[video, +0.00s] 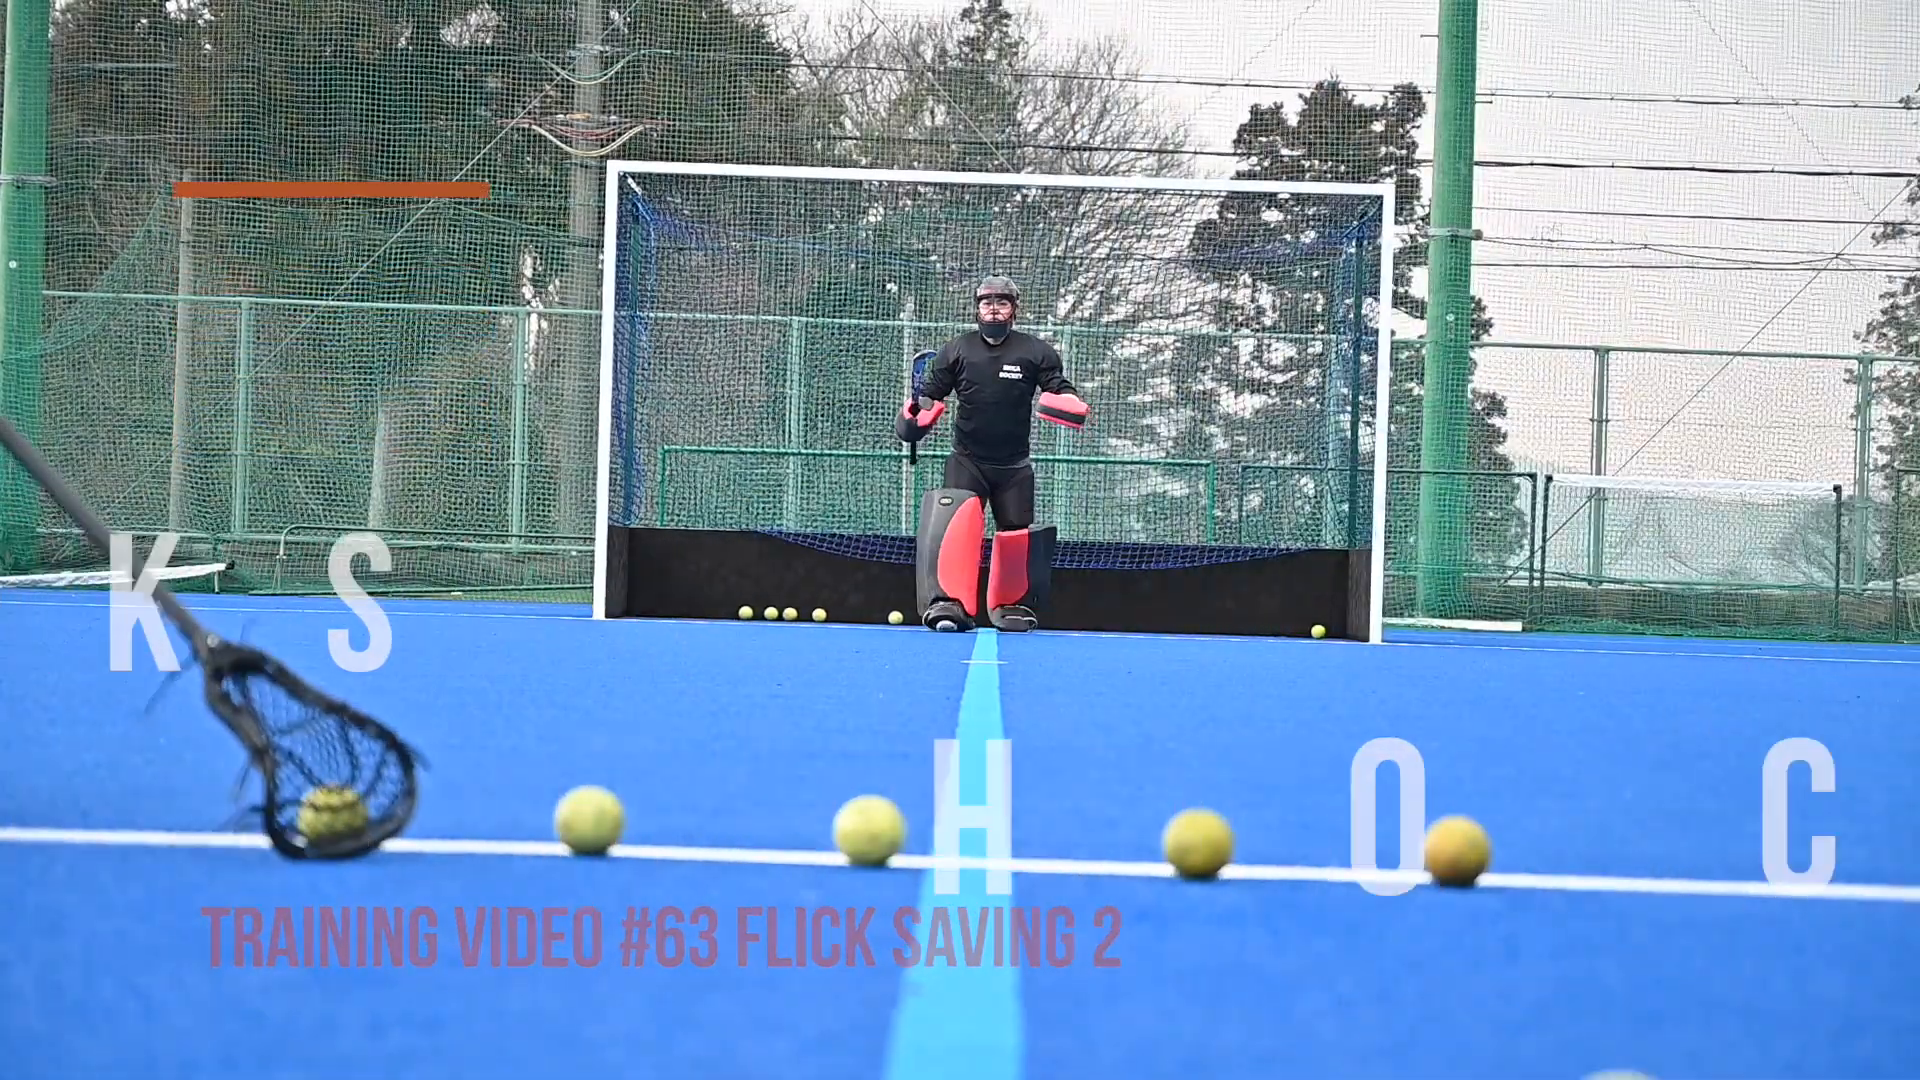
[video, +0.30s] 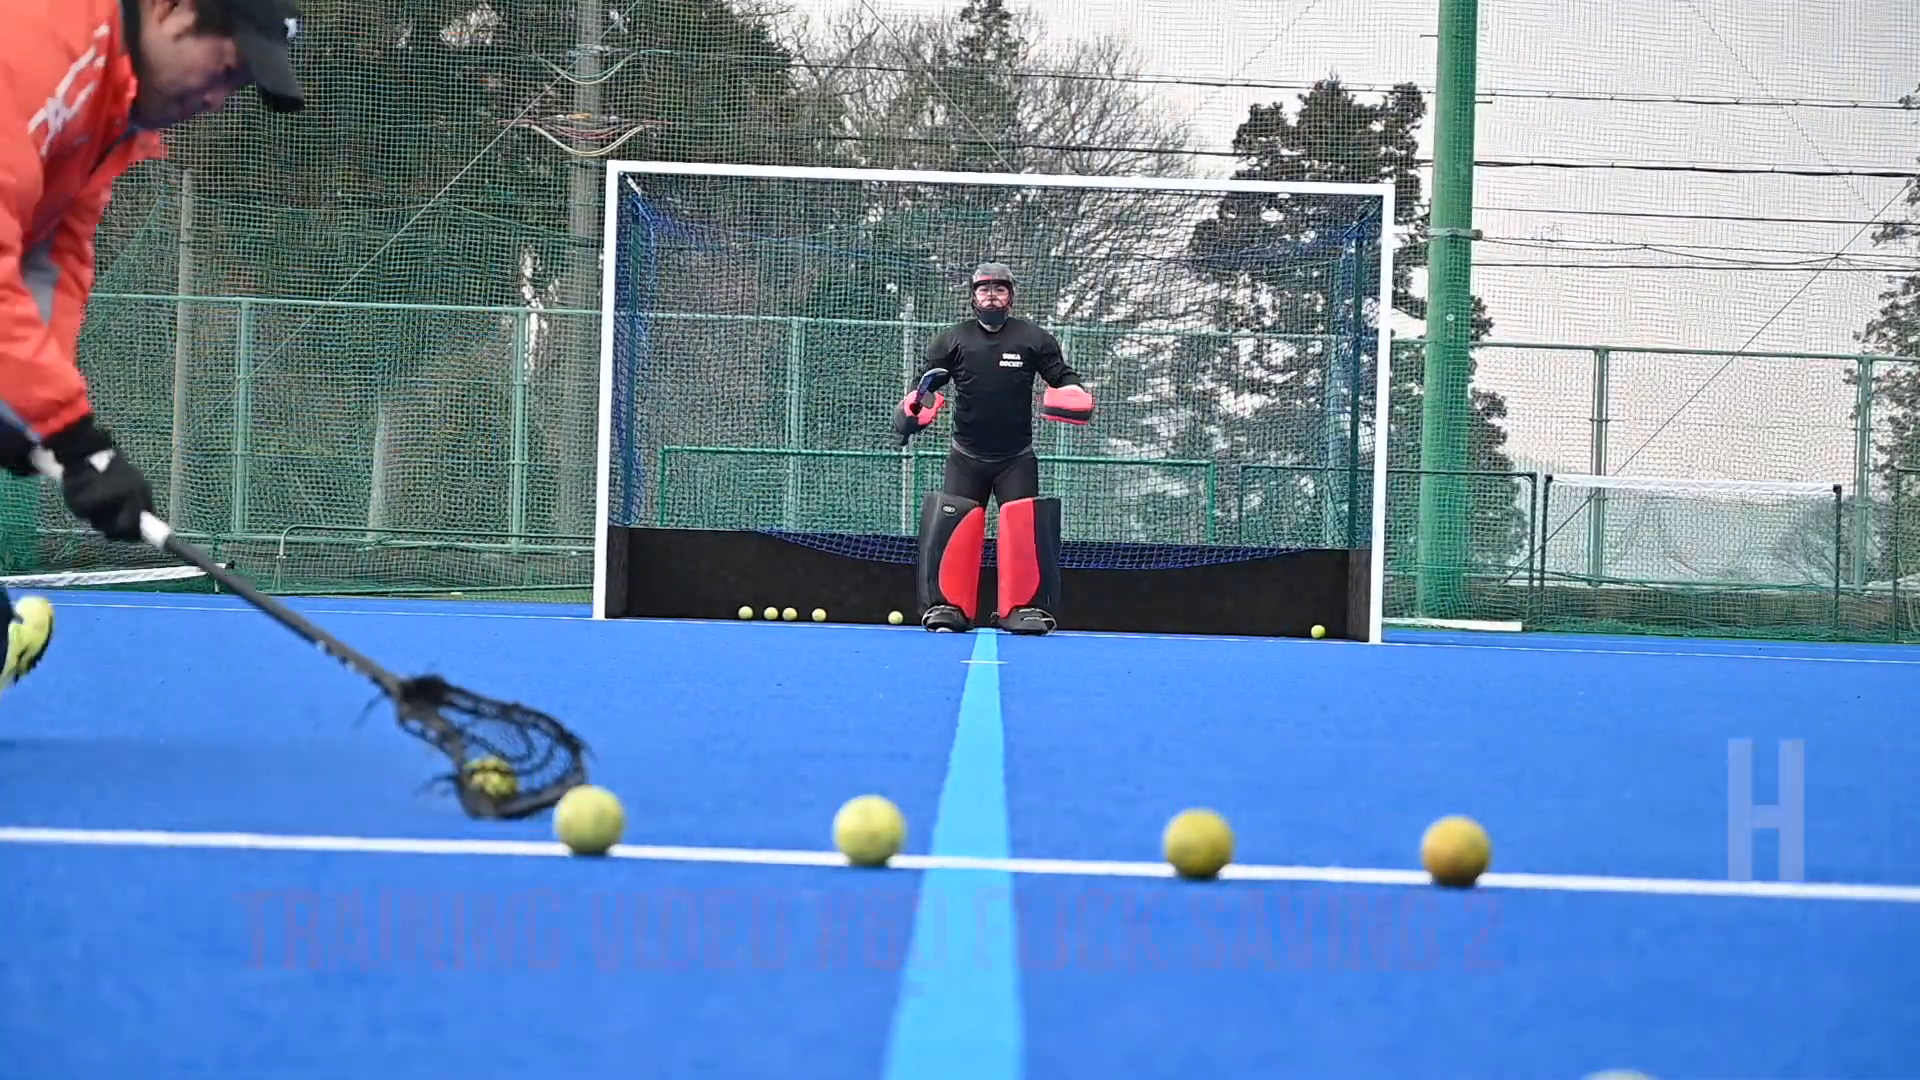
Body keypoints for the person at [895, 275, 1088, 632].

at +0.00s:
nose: (992, 309)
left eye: (1001, 302)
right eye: (986, 302)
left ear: (1014, 309)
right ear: (977, 308)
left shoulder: (1036, 351)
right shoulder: (956, 350)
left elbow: (1060, 388)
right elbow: (929, 396)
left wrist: (1070, 403)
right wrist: (915, 415)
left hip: (1014, 464)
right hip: (966, 460)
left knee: (1016, 538)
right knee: (955, 530)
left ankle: (1011, 608)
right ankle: (949, 607)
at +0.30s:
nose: (991, 295)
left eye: (999, 288)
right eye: (984, 288)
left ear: (1011, 295)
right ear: (973, 295)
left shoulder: (1033, 338)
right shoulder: (951, 340)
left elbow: (1064, 377)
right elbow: (924, 386)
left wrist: (1073, 396)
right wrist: (917, 407)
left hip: (1016, 456)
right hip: (965, 455)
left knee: (1022, 531)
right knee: (953, 531)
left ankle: (1023, 610)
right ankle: (949, 608)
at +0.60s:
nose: (990, 314)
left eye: (998, 307)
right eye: (982, 307)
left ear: (1011, 313)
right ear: (971, 314)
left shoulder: (1036, 351)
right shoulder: (957, 357)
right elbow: (935, 399)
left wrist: (1056, 399)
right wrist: (911, 423)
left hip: (1028, 464)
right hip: (974, 463)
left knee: (1063, 526)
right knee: (939, 511)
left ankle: (1098, 612)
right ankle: (909, 596)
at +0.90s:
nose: (867, 348)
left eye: (878, 343)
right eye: (863, 343)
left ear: (898, 345)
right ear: (857, 348)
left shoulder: (915, 373)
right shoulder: (843, 385)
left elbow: (952, 379)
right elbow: (785, 386)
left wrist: (905, 357)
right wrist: (733, 369)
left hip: (954, 470)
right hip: (907, 493)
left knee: (1005, 524)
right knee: (862, 522)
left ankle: (1087, 588)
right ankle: (922, 607)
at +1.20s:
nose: (736, 312)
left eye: (740, 305)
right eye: (737, 306)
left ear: (755, 304)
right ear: (759, 304)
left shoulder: (776, 320)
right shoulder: (753, 342)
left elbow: (807, 349)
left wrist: (780, 378)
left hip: (809, 432)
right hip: (782, 439)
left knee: (780, 496)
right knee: (762, 502)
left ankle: (788, 582)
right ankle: (772, 585)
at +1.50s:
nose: (668, 307)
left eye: (666, 303)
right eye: (669, 302)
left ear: (653, 312)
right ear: (688, 311)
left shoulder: (649, 343)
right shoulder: (716, 349)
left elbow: (631, 394)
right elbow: (739, 408)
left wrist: (588, 434)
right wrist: (757, 465)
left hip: (668, 451)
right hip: (715, 459)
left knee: (616, 520)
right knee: (694, 539)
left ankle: (575, 596)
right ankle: (708, 590)